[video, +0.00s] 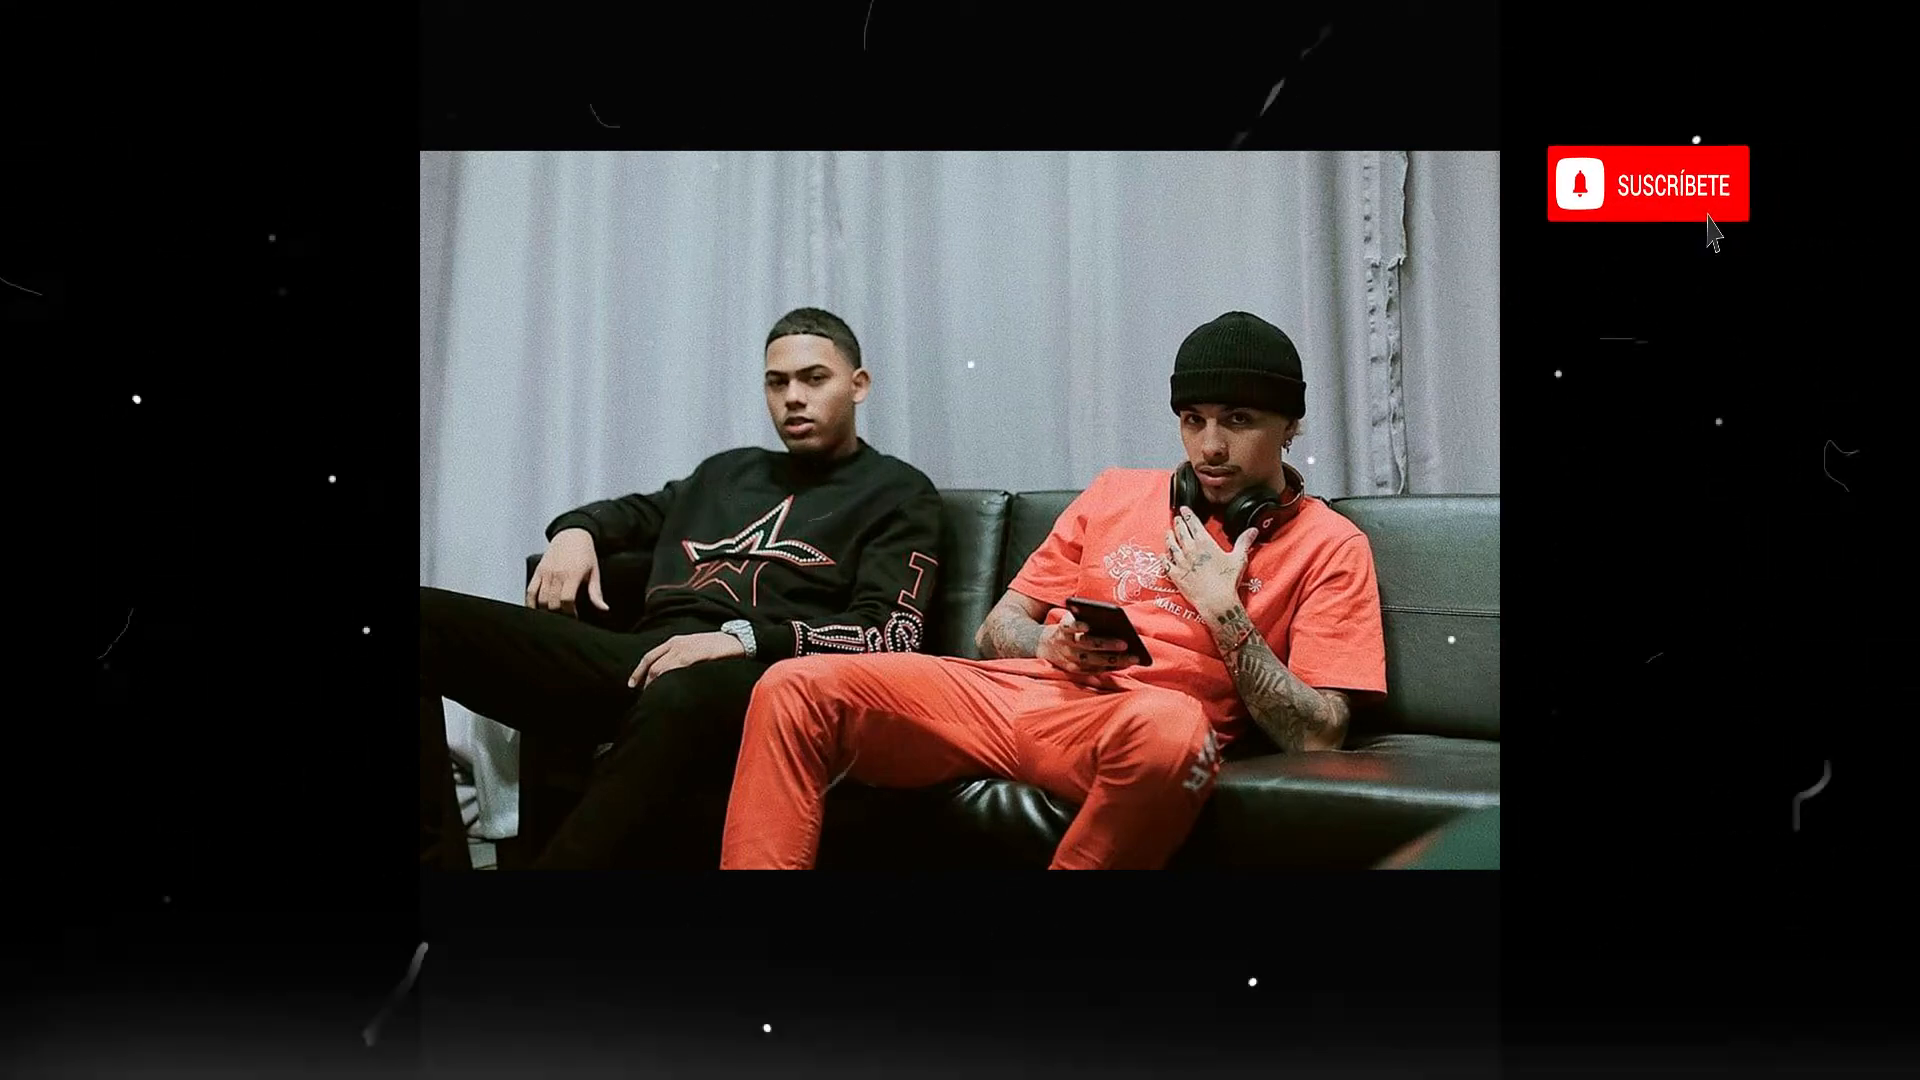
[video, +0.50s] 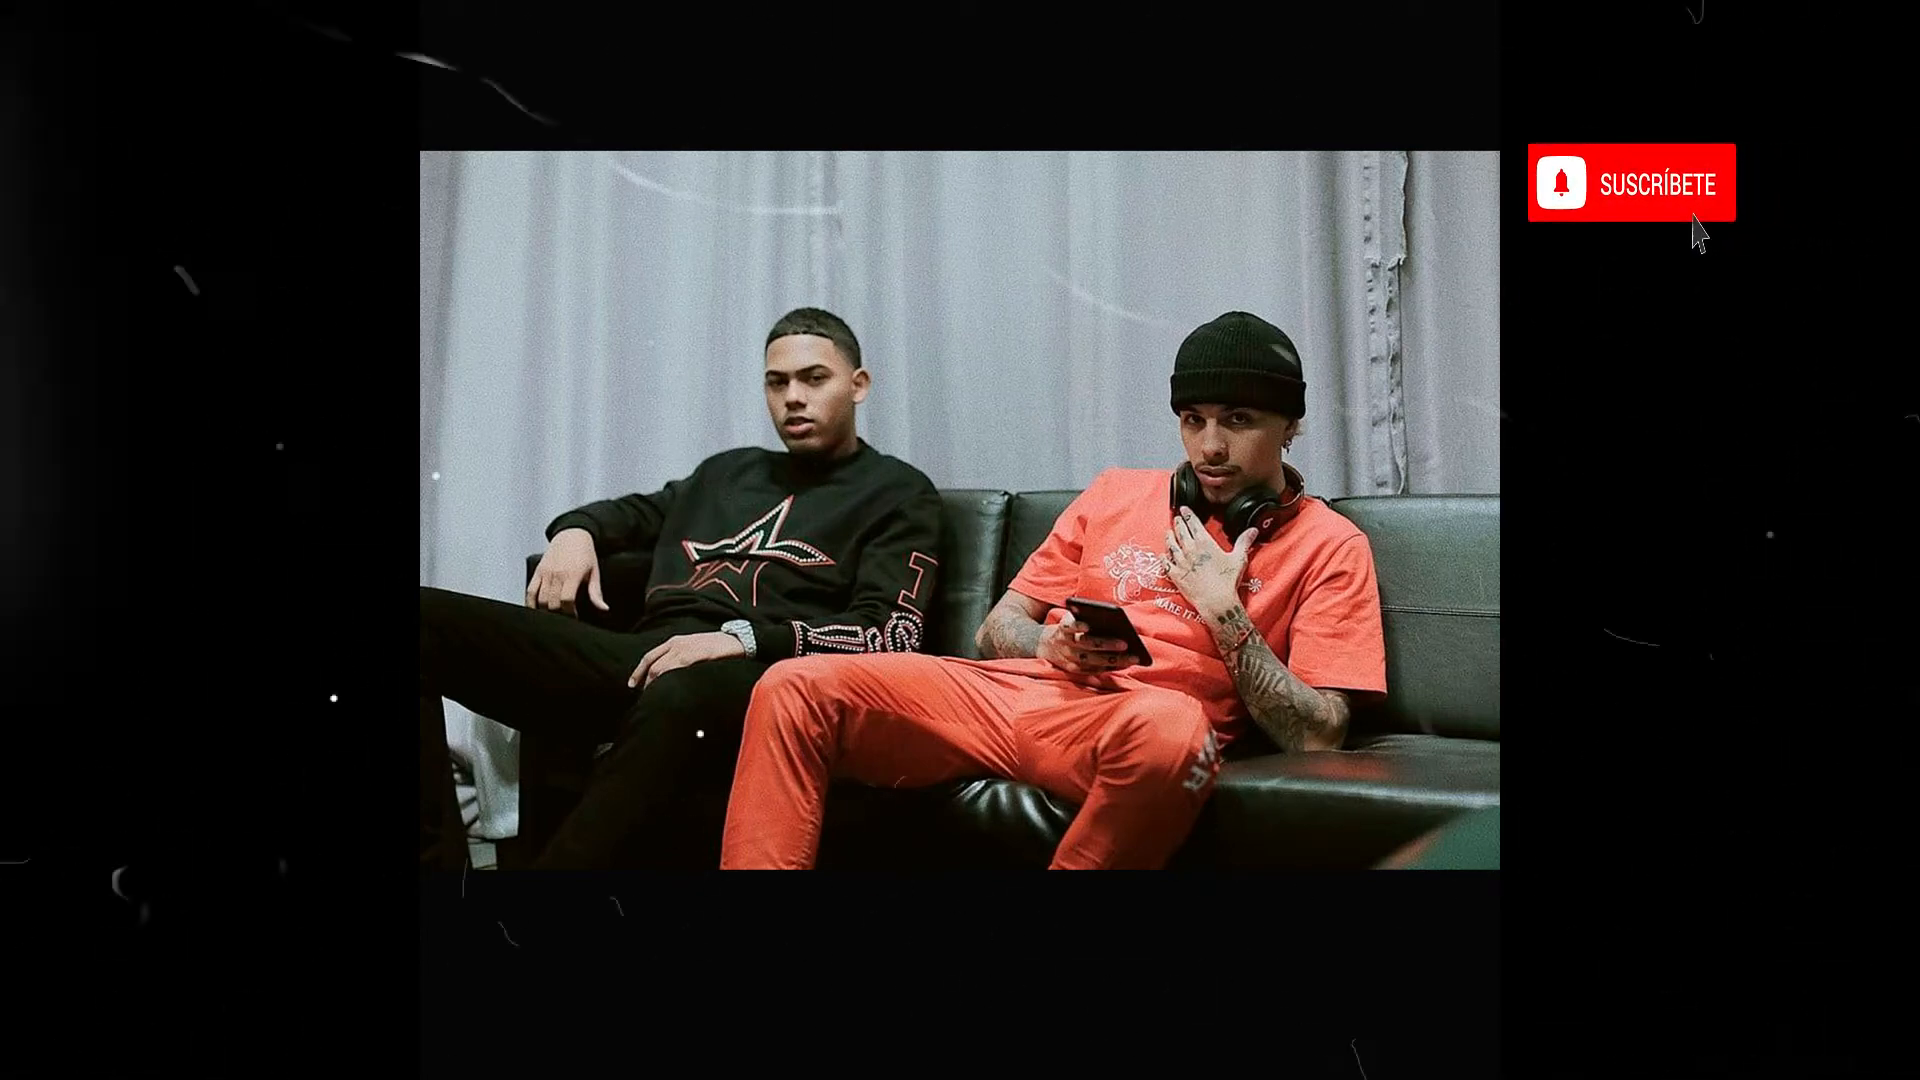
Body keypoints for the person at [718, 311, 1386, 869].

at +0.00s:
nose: (1211, 445)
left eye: (1238, 422)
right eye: (1195, 419)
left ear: (1288, 429)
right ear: (1179, 422)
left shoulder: (1329, 546)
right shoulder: (1117, 493)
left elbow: (1318, 736)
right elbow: (999, 627)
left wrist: (1227, 615)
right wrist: (1052, 646)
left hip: (1131, 707)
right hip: (1013, 685)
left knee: (1170, 745)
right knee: (792, 694)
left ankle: (1047, 954)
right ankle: (755, 951)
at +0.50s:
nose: (1211, 445)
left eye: (1238, 421)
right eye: (1195, 419)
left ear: (1288, 429)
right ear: (1179, 421)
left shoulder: (1329, 546)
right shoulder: (1117, 493)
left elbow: (1318, 736)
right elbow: (999, 627)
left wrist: (1227, 615)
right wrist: (1052, 646)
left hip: (1132, 707)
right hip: (1013, 685)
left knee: (1170, 746)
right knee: (791, 694)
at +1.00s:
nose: (1210, 445)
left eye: (1238, 421)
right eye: (1195, 419)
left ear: (1288, 429)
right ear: (1179, 422)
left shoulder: (1329, 546)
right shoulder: (1118, 493)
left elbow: (1318, 734)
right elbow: (999, 626)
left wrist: (1227, 615)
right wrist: (1051, 647)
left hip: (1131, 708)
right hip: (1014, 685)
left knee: (1171, 745)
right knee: (792, 693)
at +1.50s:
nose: (1210, 445)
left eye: (1238, 421)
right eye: (1196, 419)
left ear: (1289, 429)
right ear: (1179, 422)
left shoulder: (1328, 546)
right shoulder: (1118, 492)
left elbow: (1318, 734)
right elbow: (999, 626)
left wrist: (1227, 614)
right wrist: (1050, 647)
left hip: (1133, 707)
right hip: (1014, 685)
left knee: (1170, 747)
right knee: (792, 693)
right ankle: (758, 918)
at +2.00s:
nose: (1210, 445)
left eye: (1238, 421)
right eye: (1195, 419)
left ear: (1288, 429)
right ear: (1179, 422)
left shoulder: (1329, 546)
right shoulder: (1118, 493)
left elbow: (1318, 735)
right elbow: (999, 626)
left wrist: (1227, 615)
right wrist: (1051, 647)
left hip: (1131, 708)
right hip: (1013, 685)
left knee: (1171, 745)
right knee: (792, 693)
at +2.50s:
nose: (1210, 445)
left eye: (1238, 421)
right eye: (1196, 419)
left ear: (1289, 428)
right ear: (1179, 422)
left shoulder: (1328, 546)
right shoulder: (1118, 493)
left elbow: (1318, 734)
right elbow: (999, 626)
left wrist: (1226, 614)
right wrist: (1050, 647)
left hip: (1133, 708)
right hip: (1014, 685)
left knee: (1170, 747)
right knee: (792, 693)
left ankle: (1042, 954)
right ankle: (762, 942)